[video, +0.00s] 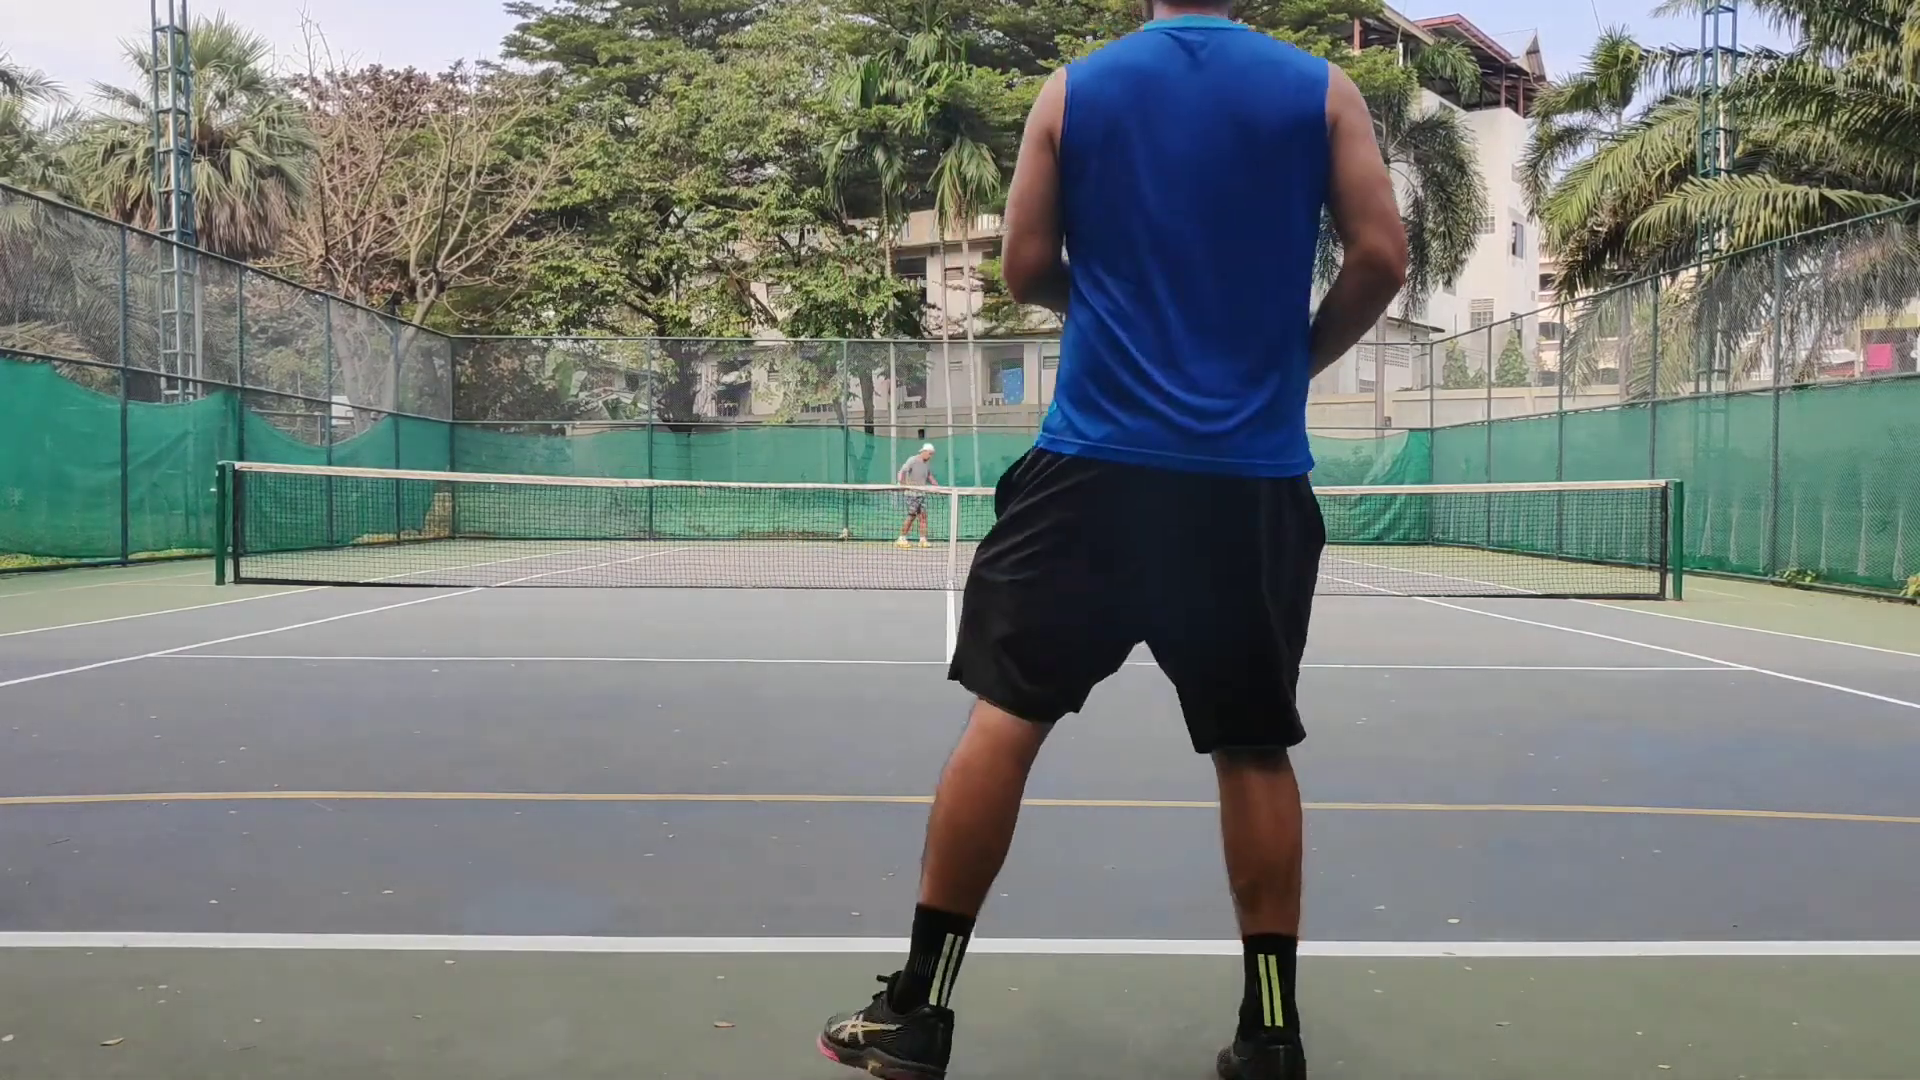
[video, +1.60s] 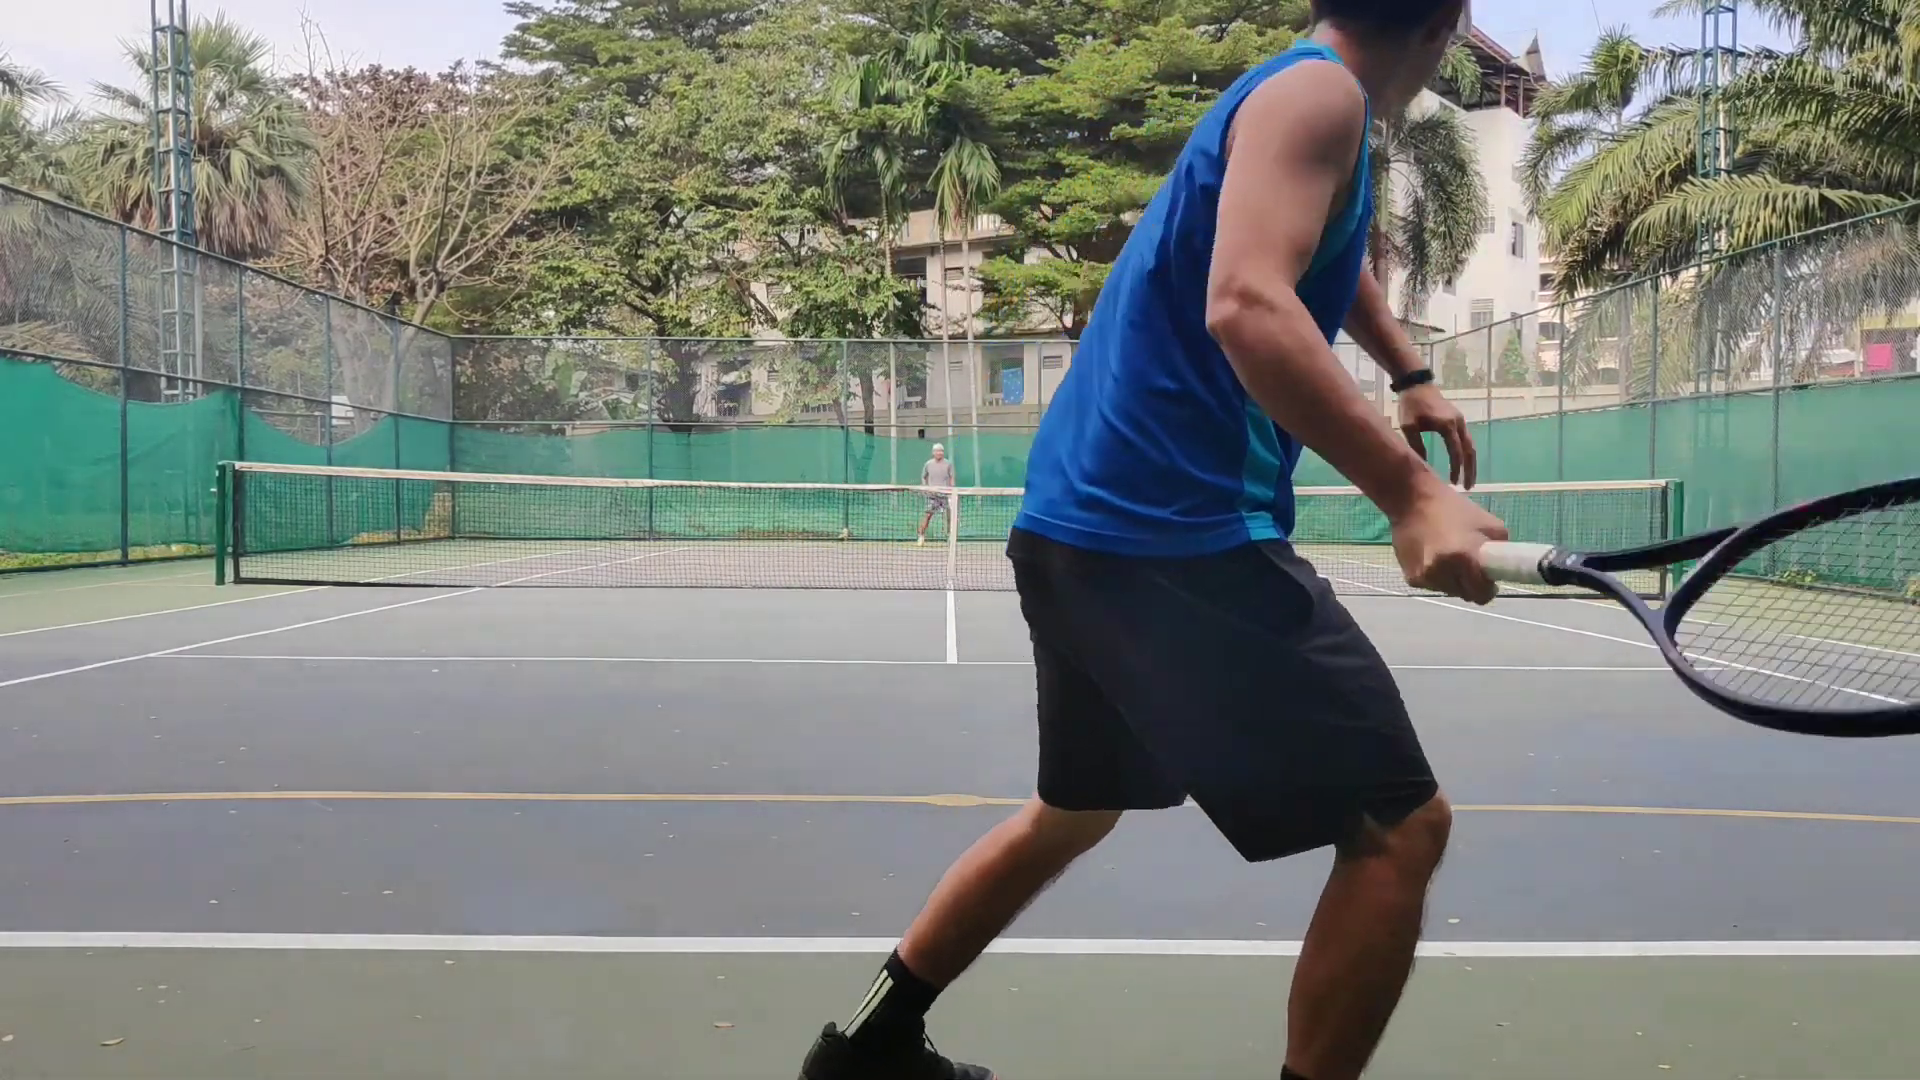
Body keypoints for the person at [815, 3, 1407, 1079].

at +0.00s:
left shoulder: (1071, 89)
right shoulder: (1323, 88)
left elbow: (1027, 268)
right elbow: (1382, 253)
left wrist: (1109, 286)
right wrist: (1306, 354)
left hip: (1092, 475)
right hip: (1250, 482)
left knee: (1005, 722)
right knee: (1255, 747)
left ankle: (918, 1004)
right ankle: (1272, 1030)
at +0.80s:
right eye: (1238, 35)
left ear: (1122, 43)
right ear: (1238, 50)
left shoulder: (1063, 155)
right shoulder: (1239, 141)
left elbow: (1101, 326)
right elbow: (1242, 359)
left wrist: (1258, 387)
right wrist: (1240, 496)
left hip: (990, 522)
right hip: (1126, 522)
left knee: (1051, 777)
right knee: (1316, 770)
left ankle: (911, 1049)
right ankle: (1337, 1063)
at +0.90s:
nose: (1253, 49)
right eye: (1255, 35)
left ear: (1134, 32)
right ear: (1243, 36)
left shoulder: (1095, 130)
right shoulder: (1199, 115)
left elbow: (1148, 358)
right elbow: (1225, 329)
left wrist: (1315, 376)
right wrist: (1318, 459)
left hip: (975, 507)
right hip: (1082, 506)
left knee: (1049, 782)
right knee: (1296, 765)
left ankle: (906, 1050)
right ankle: (1313, 1069)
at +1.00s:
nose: (1278, 51)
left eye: (1273, 39)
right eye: (1278, 35)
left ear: (1159, 26)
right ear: (1266, 35)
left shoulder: (1132, 117)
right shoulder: (1192, 102)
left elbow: (1239, 318)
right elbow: (1219, 287)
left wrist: (1408, 345)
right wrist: (1409, 371)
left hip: (981, 507)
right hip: (1076, 505)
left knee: (1057, 779)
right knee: (1294, 786)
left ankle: (903, 1047)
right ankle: (1288, 1076)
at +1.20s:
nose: (1360, 85)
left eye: (1360, 67)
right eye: (1364, 63)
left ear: (1240, 46)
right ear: (1344, 64)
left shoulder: (1258, 200)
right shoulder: (1229, 116)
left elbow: (1397, 342)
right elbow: (1138, 272)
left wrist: (1570, 403)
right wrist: (1351, 288)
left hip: (1031, 541)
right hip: (1110, 544)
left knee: (1113, 795)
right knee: (1352, 821)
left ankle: (878, 1011)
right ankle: (1302, 1072)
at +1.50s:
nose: (1436, 79)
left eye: (1439, 58)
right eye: (1444, 55)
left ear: (1321, 25)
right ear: (1432, 49)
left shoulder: (1325, 174)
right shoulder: (1286, 114)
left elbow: (1413, 328)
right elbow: (1160, 296)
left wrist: (1520, 458)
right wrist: (1305, 452)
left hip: (1078, 549)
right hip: (1153, 556)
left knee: (1117, 823)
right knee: (1392, 827)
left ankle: (880, 1024)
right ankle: (1310, 1069)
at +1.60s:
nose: (1456, 40)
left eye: (1458, 25)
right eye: (1459, 21)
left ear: (1336, 4)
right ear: (1443, 23)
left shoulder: (1297, 96)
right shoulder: (1319, 97)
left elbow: (1339, 260)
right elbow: (1250, 307)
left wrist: (1411, 376)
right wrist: (1411, 498)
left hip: (1073, 521)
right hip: (1179, 537)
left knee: (1075, 807)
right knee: (1402, 826)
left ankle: (877, 1031)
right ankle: (1313, 1077)